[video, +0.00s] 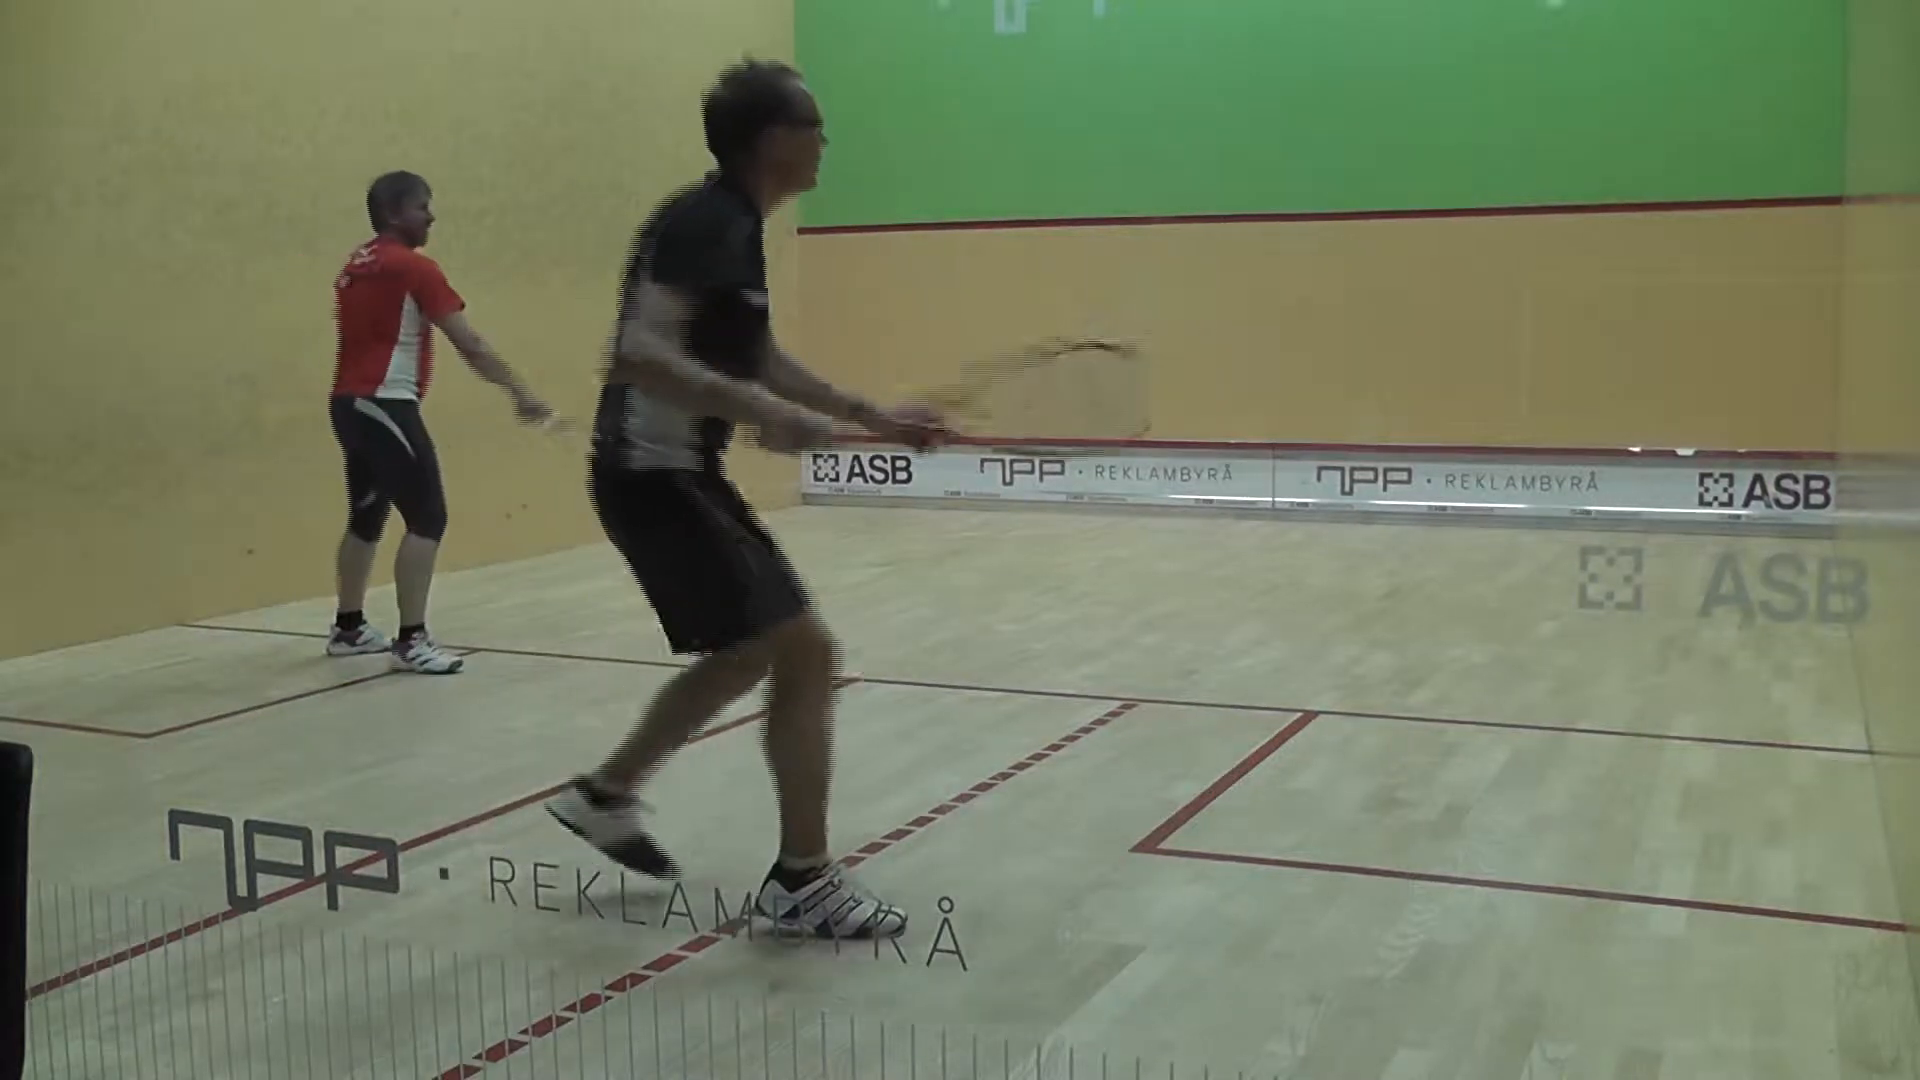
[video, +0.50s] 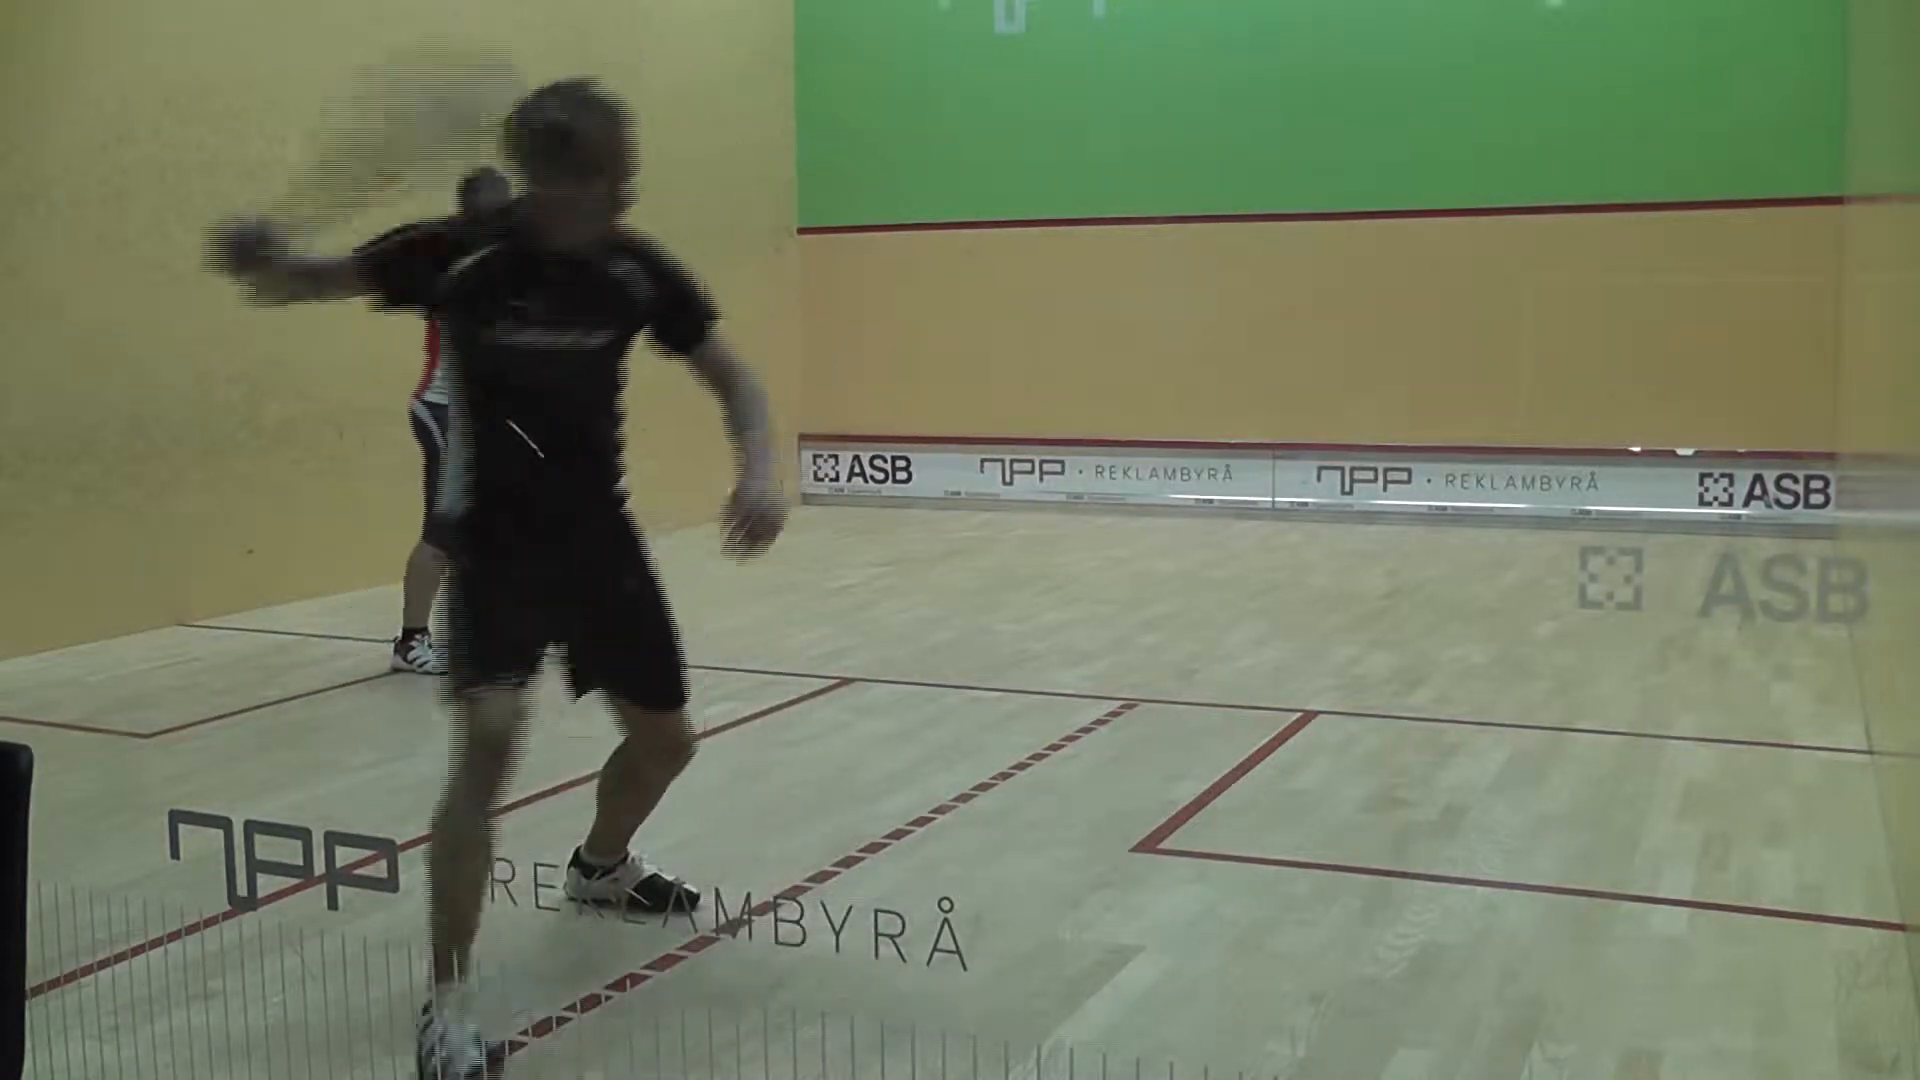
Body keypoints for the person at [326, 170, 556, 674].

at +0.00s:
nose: (431, 216)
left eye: (429, 207)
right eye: (422, 208)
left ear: (383, 216)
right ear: (395, 213)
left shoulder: (358, 263)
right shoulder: (414, 267)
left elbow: (370, 339)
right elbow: (470, 344)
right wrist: (519, 389)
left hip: (352, 404)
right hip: (387, 407)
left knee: (367, 516)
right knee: (427, 519)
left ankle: (348, 628)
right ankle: (412, 641)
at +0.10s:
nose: (437, 214)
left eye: (436, 205)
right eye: (426, 206)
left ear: (398, 216)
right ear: (396, 213)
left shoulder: (380, 262)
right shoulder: (414, 266)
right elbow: (473, 337)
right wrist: (535, 379)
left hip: (369, 405)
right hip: (397, 407)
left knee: (384, 515)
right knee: (434, 519)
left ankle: (352, 625)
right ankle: (412, 641)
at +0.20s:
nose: (449, 214)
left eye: (451, 205)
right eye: (438, 206)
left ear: (448, 210)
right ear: (408, 213)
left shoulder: (421, 264)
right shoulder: (416, 267)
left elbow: (472, 334)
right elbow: (470, 337)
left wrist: (536, 361)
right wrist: (535, 370)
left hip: (419, 403)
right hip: (406, 406)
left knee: (439, 512)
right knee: (434, 518)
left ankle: (377, 601)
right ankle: (411, 642)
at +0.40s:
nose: (482, 211)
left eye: (484, 202)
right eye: (473, 202)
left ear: (482, 204)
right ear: (451, 204)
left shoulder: (475, 252)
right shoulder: (444, 254)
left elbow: (474, 330)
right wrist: (477, 399)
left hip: (457, 402)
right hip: (430, 403)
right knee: (434, 523)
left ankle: (414, 633)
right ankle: (410, 639)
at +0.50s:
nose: (498, 221)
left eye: (503, 211)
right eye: (488, 212)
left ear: (511, 207)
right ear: (467, 211)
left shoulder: (526, 253)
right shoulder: (445, 250)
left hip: (500, 407)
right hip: (446, 404)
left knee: (499, 519)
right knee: (447, 521)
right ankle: (412, 637)